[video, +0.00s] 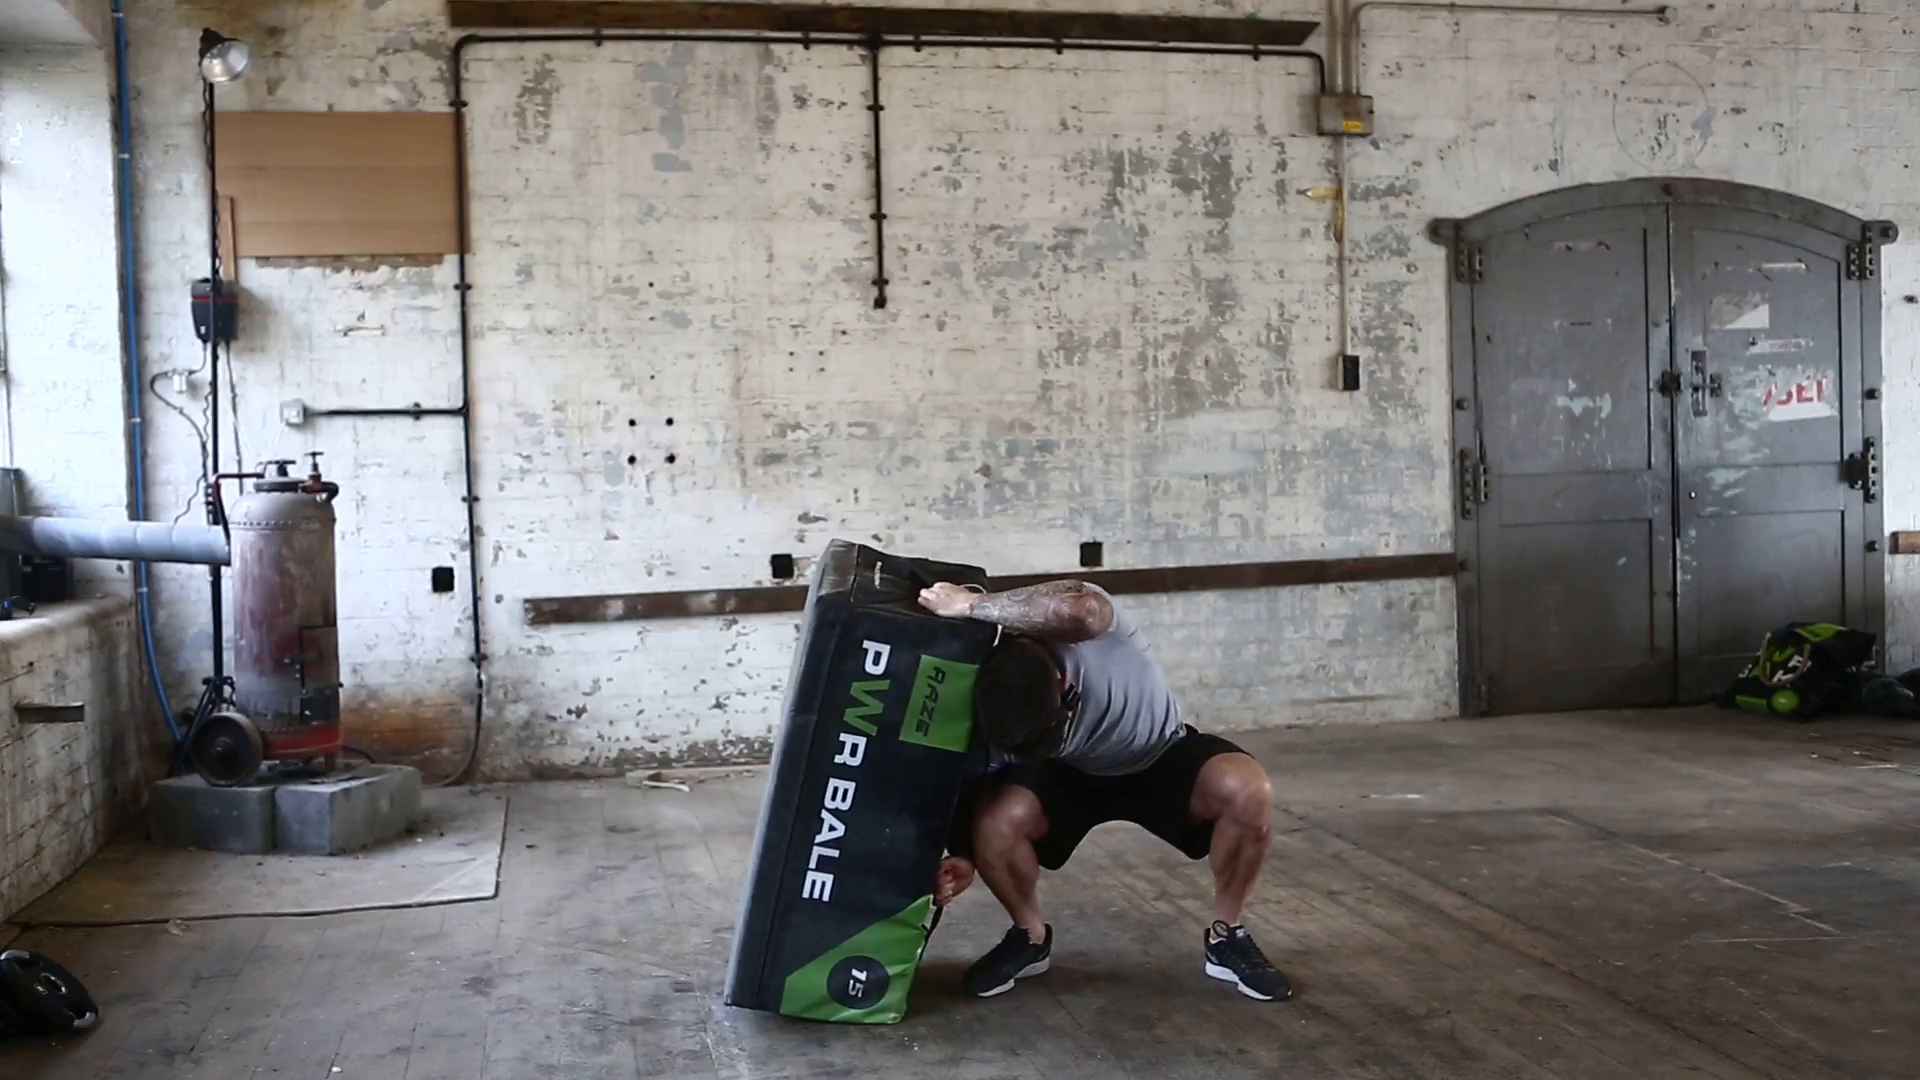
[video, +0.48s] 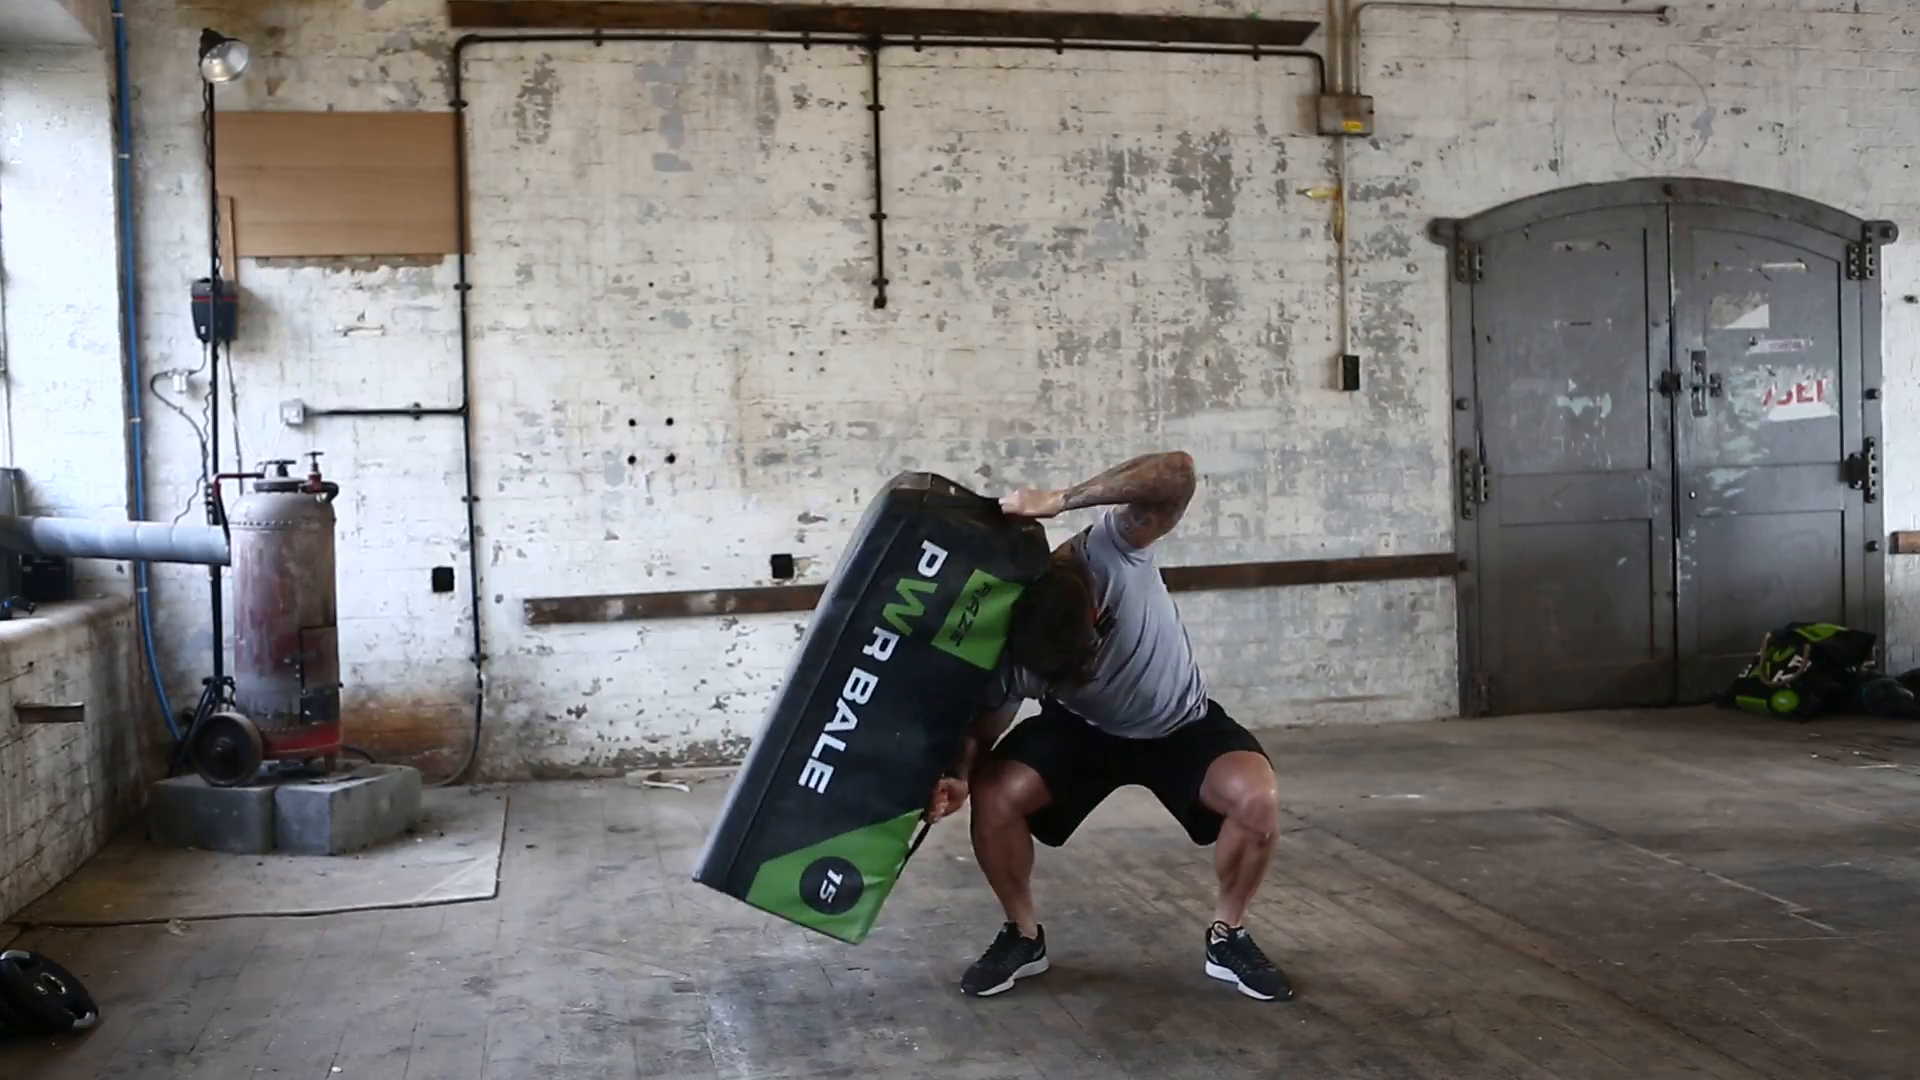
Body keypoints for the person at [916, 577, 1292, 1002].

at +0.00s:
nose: (1034, 752)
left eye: (1042, 738)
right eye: (1022, 747)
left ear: (1061, 686)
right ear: (986, 722)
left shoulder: (1086, 632)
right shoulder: (980, 722)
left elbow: (1084, 609)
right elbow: (972, 789)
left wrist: (971, 604)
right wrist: (963, 859)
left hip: (1160, 758)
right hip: (1069, 771)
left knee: (1249, 792)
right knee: (993, 823)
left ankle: (1226, 935)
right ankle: (1030, 936)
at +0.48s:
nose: (1069, 682)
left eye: (1078, 669)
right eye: (1054, 678)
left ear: (1093, 611)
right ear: (1021, 645)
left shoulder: (1112, 552)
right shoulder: (1011, 656)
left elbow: (1177, 474)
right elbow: (981, 731)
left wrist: (1062, 497)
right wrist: (960, 780)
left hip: (1180, 721)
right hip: (1082, 728)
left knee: (1256, 797)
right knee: (994, 796)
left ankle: (1227, 934)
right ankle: (1023, 934)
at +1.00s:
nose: (1134, 364)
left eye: (1147, 353)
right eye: (1122, 351)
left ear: (1163, 323)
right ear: (1089, 318)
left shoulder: (1179, 323)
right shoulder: (1033, 346)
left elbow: (1288, 313)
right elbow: (929, 407)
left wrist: (1242, 237)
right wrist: (929, 360)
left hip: (1167, 578)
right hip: (1063, 582)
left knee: (1211, 754)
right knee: (1032, 765)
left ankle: (1231, 929)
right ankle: (1022, 927)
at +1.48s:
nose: (1133, 299)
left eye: (1150, 284)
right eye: (1119, 282)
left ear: (1174, 275)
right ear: (1093, 270)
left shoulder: (1202, 328)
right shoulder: (1046, 322)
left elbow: (1316, 365)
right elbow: (932, 341)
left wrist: (1290, 262)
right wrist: (937, 272)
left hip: (1174, 581)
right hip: (1069, 582)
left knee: (1206, 758)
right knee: (1045, 761)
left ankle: (1232, 929)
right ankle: (1022, 926)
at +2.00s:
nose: (1092, 299)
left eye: (1108, 283)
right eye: (1077, 284)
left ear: (1140, 267)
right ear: (1058, 272)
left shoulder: (1182, 314)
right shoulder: (1026, 334)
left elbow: (1300, 294)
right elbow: (911, 381)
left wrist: (1225, 218)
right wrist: (913, 308)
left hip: (1176, 582)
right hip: (1070, 584)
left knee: (1208, 759)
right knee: (1040, 762)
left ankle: (1230, 932)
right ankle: (1021, 926)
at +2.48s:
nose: (972, 515)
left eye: (980, 498)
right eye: (959, 505)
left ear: (1015, 464)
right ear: (948, 491)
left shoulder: (1074, 456)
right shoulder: (975, 543)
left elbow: (1012, 377)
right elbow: (940, 655)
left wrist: (921, 395)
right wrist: (898, 696)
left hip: (1170, 647)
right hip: (1068, 655)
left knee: (1236, 794)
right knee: (987, 788)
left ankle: (1225, 933)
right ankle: (1022, 932)